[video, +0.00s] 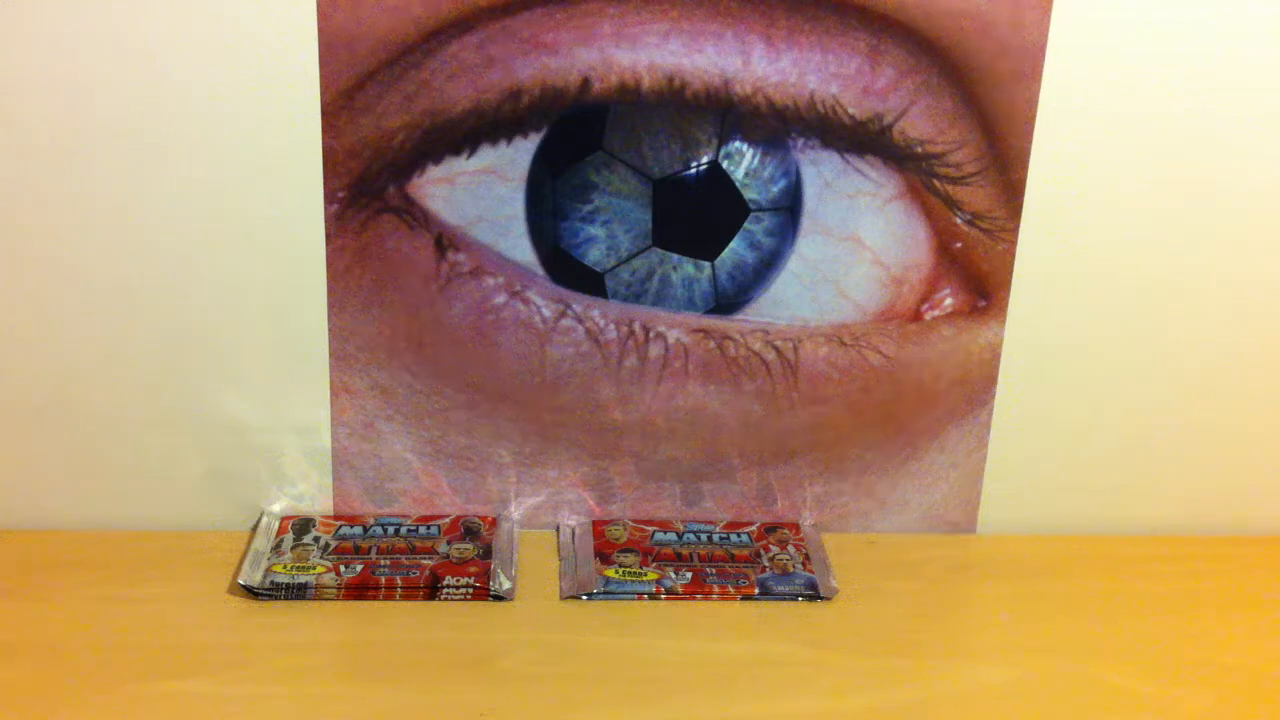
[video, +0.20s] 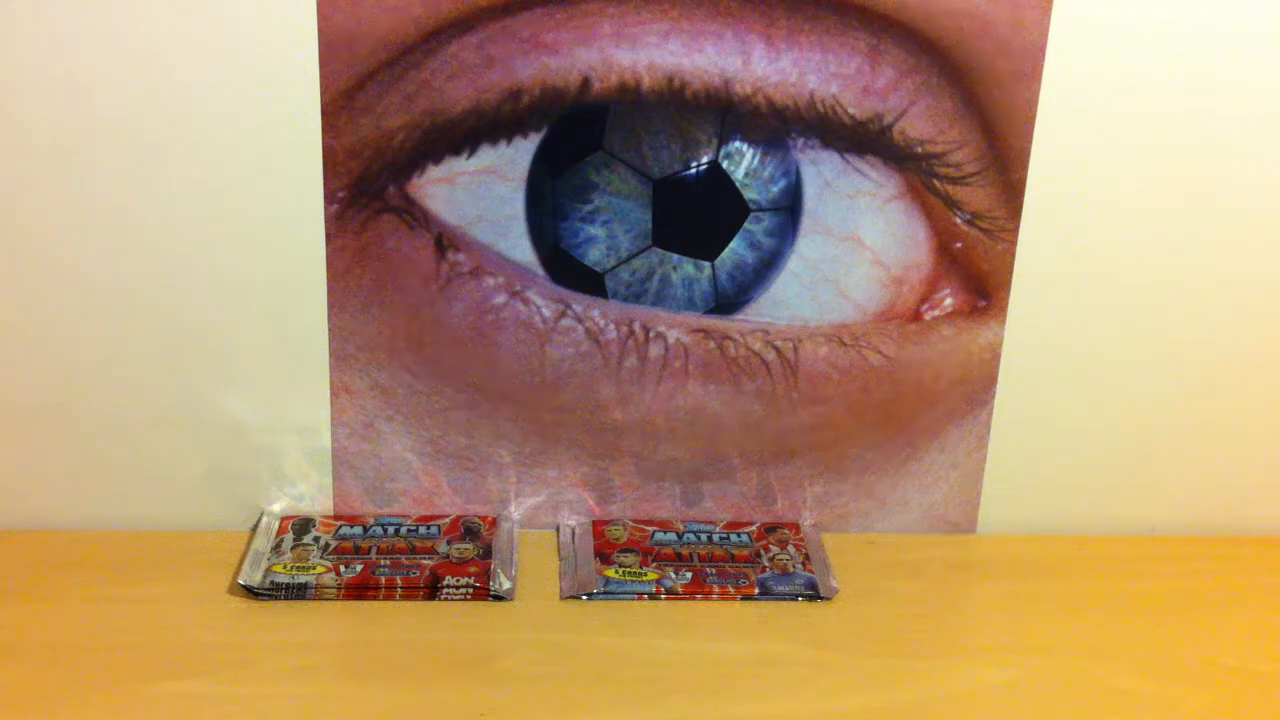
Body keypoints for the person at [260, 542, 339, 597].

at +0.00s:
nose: (309, 555)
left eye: (312, 551)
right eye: (305, 550)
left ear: (316, 551)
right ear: (293, 550)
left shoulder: (324, 567)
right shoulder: (275, 567)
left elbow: (328, 597)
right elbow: (264, 594)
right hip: (278, 611)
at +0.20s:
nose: (309, 555)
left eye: (312, 551)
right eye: (305, 550)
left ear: (316, 551)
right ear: (293, 550)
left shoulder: (324, 567)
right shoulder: (275, 567)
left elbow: (328, 597)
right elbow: (264, 594)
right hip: (278, 611)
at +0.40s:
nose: (309, 555)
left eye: (312, 551)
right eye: (305, 550)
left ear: (316, 551)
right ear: (293, 550)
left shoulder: (324, 567)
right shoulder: (275, 567)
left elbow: (328, 597)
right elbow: (264, 593)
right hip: (278, 611)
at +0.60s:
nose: (309, 554)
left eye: (312, 551)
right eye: (305, 550)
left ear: (315, 552)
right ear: (293, 551)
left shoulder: (323, 569)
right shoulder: (274, 568)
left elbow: (327, 598)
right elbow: (264, 594)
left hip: (308, 611)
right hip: (277, 610)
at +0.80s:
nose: (309, 554)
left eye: (312, 551)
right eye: (305, 550)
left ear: (315, 552)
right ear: (293, 551)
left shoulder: (323, 569)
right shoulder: (274, 568)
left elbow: (327, 598)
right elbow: (264, 594)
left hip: (308, 611)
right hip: (277, 610)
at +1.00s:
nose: (309, 554)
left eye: (312, 551)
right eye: (305, 551)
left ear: (315, 552)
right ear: (293, 551)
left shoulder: (323, 569)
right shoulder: (274, 568)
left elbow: (328, 596)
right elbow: (264, 593)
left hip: (309, 610)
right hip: (277, 609)